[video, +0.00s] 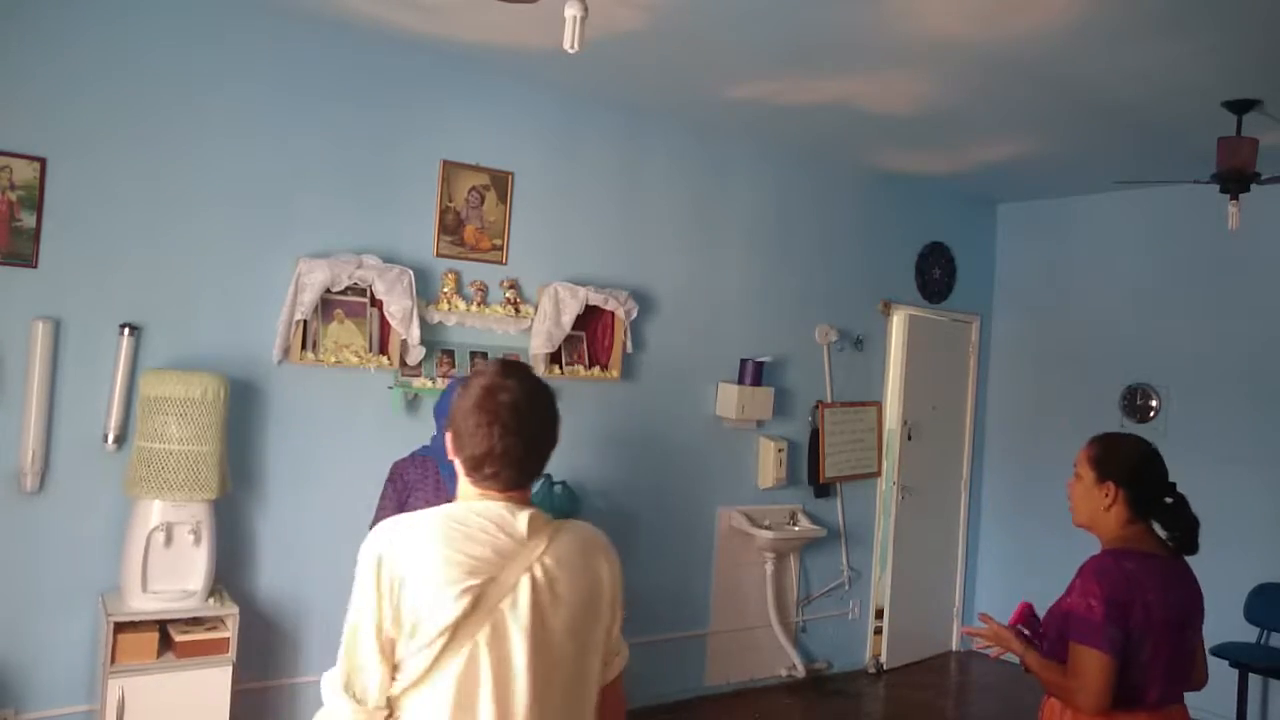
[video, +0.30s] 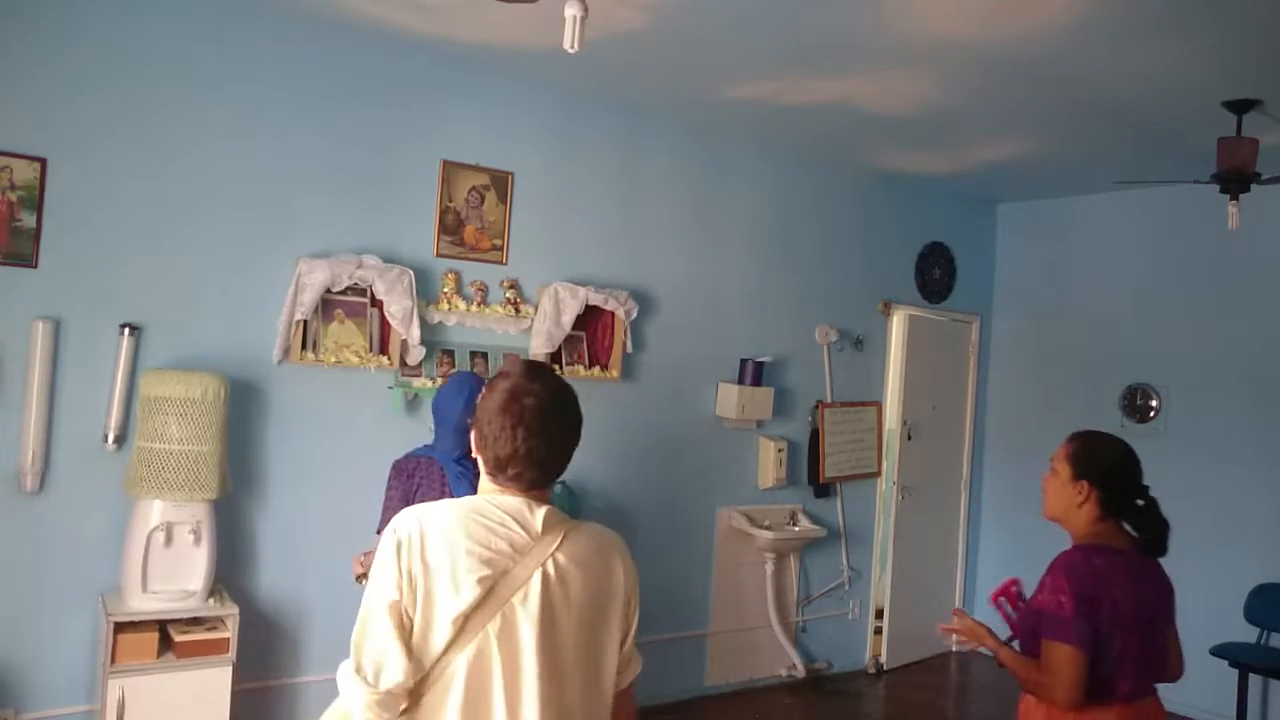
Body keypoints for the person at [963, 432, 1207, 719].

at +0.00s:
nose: (1067, 488)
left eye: (1077, 476)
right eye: (1073, 476)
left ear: (1107, 494)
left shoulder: (1101, 575)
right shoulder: (1176, 569)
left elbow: (1089, 697)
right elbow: (1195, 676)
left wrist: (1021, 649)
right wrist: (1055, 648)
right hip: (1168, 711)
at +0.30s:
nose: (1043, 480)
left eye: (1053, 470)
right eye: (1049, 469)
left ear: (1081, 492)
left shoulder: (1071, 571)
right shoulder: (1148, 567)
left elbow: (1063, 692)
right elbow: (1170, 667)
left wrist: (993, 645)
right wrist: (1043, 633)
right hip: (1144, 708)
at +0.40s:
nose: (1030, 480)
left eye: (1040, 471)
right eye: (1036, 469)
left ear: (1068, 492)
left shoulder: (1053, 571)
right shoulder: (1134, 569)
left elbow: (1040, 689)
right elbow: (1153, 667)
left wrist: (976, 639)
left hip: (1047, 712)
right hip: (1123, 708)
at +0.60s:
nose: (1002, 471)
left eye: (1011, 465)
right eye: (1008, 462)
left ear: (1038, 489)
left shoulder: (1020, 565)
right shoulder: (1105, 565)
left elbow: (1001, 680)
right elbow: (1122, 661)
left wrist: (946, 633)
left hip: (1014, 707)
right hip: (1083, 704)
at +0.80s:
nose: (978, 474)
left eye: (986, 469)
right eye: (983, 467)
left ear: (1011, 493)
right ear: (1052, 493)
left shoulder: (987, 567)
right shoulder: (1082, 570)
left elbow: (963, 678)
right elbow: (1100, 665)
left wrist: (915, 630)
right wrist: (1027, 650)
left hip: (983, 708)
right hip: (1058, 708)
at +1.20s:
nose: (941, 470)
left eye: (948, 464)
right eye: (945, 462)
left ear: (970, 485)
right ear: (1010, 481)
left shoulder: (949, 553)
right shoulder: (1048, 556)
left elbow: (928, 666)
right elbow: (1070, 652)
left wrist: (891, 624)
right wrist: (1003, 644)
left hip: (954, 701)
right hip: (1027, 700)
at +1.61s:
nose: (923, 466)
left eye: (929, 459)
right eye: (927, 458)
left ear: (947, 479)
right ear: (989, 479)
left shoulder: (924, 548)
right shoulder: (1017, 549)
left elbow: (908, 652)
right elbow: (1036, 641)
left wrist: (869, 613)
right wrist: (976, 636)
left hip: (931, 691)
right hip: (1000, 689)